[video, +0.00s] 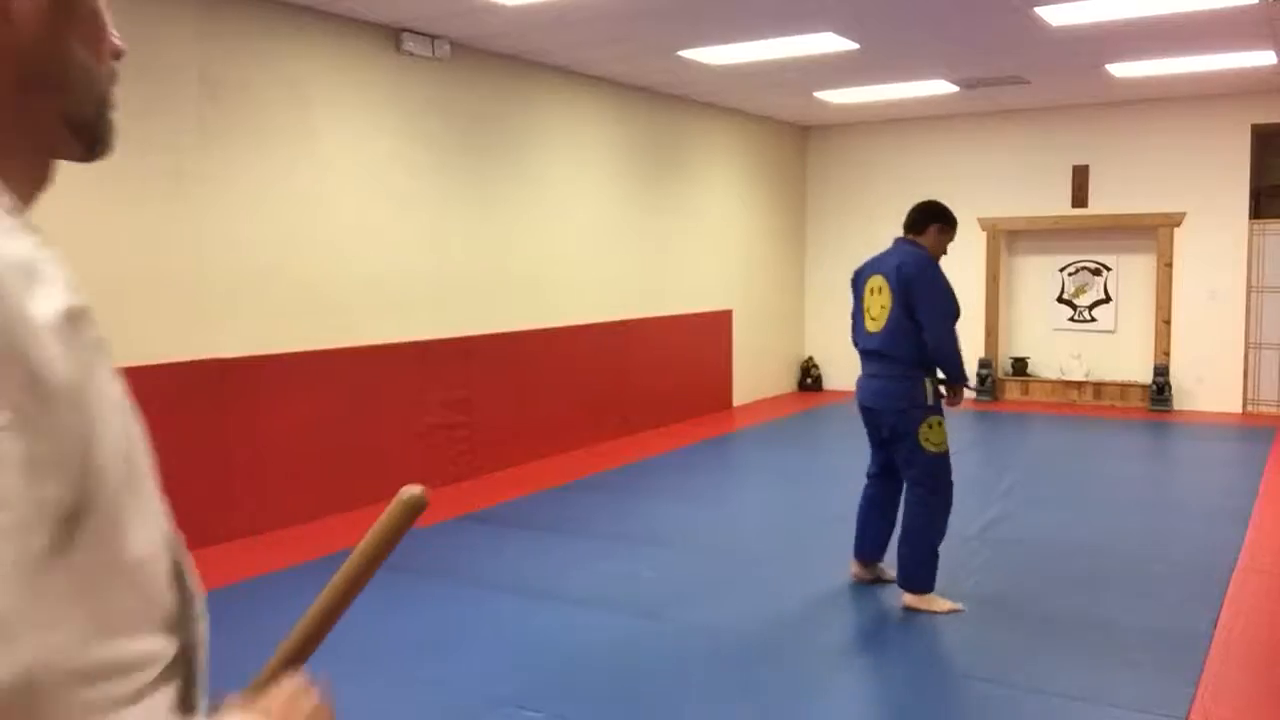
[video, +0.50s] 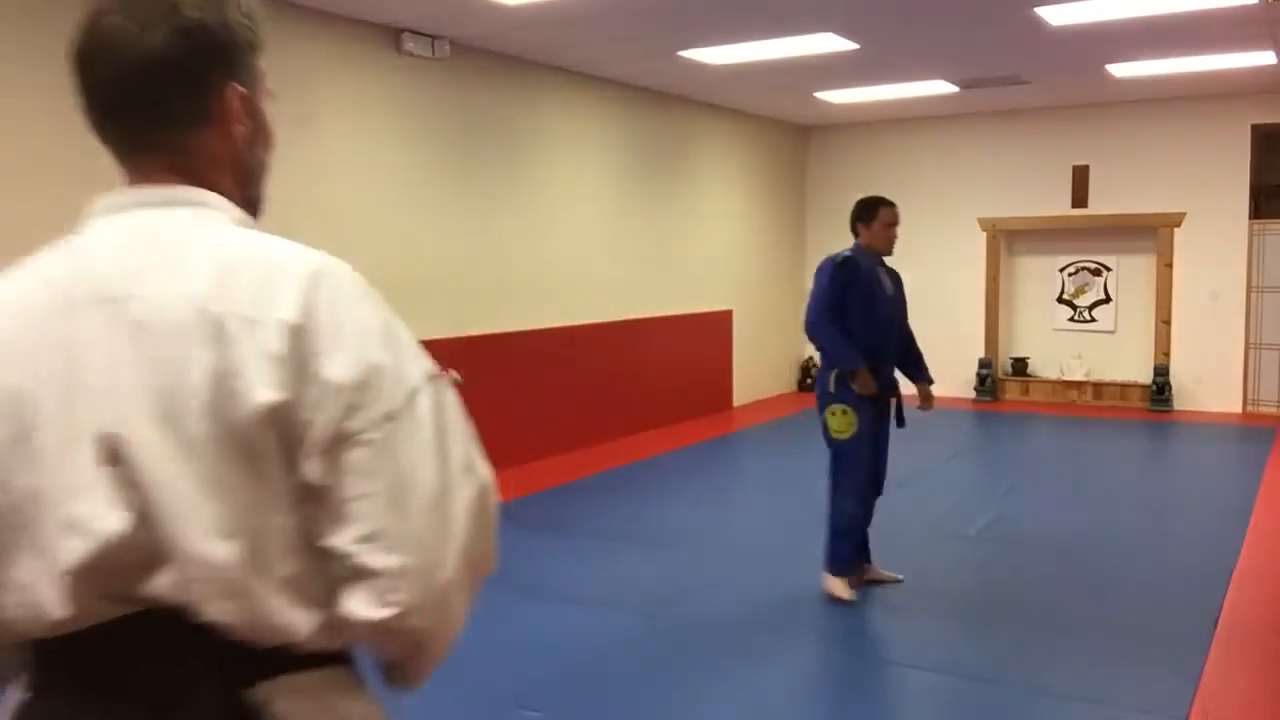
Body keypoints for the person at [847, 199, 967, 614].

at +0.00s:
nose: (945, 251)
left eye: (948, 244)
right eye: (946, 242)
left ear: (912, 228)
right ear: (933, 231)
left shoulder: (870, 267)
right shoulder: (921, 267)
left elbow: (862, 331)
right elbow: (939, 329)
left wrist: (887, 366)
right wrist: (956, 378)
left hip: (872, 391)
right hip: (910, 395)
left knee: (885, 474)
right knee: (932, 486)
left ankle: (866, 561)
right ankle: (917, 589)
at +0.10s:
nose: (940, 249)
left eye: (942, 241)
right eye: (939, 240)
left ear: (907, 231)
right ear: (919, 231)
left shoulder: (871, 267)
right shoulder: (906, 266)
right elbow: (919, 331)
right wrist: (946, 377)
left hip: (866, 390)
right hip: (895, 393)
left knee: (883, 474)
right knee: (930, 486)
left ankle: (864, 562)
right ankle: (918, 589)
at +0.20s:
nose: (931, 244)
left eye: (932, 236)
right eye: (928, 234)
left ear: (904, 231)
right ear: (904, 230)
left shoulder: (889, 266)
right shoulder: (885, 267)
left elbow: (898, 332)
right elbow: (892, 330)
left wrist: (915, 383)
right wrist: (918, 374)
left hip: (871, 390)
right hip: (875, 394)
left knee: (873, 481)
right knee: (917, 488)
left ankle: (861, 566)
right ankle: (917, 585)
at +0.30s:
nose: (921, 238)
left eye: (922, 230)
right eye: (916, 229)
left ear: (895, 230)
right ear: (891, 228)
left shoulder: (890, 272)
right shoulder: (865, 267)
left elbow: (903, 336)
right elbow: (860, 329)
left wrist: (924, 381)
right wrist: (894, 372)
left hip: (874, 386)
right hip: (860, 387)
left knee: (866, 477)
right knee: (894, 481)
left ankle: (858, 565)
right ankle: (904, 581)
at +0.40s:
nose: (909, 236)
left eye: (910, 229)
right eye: (903, 228)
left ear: (886, 231)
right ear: (876, 228)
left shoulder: (893, 279)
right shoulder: (848, 267)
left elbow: (902, 337)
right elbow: (834, 330)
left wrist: (926, 380)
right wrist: (871, 368)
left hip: (881, 389)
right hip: (851, 388)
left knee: (870, 477)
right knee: (868, 477)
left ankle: (864, 565)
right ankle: (869, 573)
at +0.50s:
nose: (895, 233)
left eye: (896, 226)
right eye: (889, 226)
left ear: (876, 229)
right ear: (863, 228)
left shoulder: (889, 276)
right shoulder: (837, 267)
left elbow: (899, 331)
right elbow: (817, 324)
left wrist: (921, 378)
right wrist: (854, 367)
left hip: (878, 390)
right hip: (844, 389)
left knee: (870, 480)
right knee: (851, 479)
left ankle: (860, 563)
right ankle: (837, 569)